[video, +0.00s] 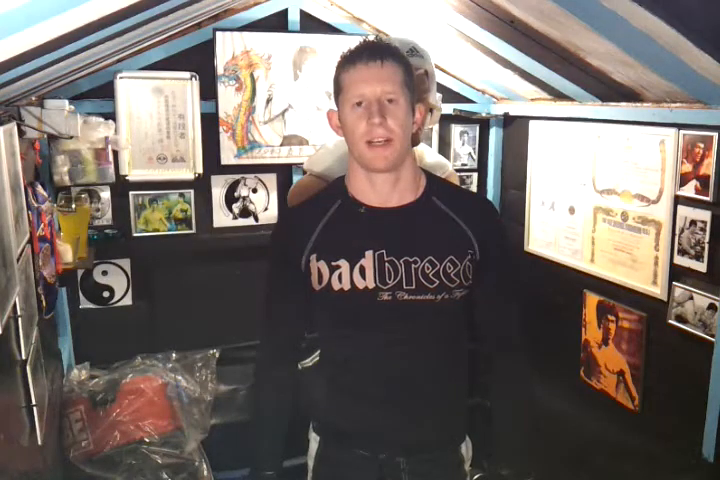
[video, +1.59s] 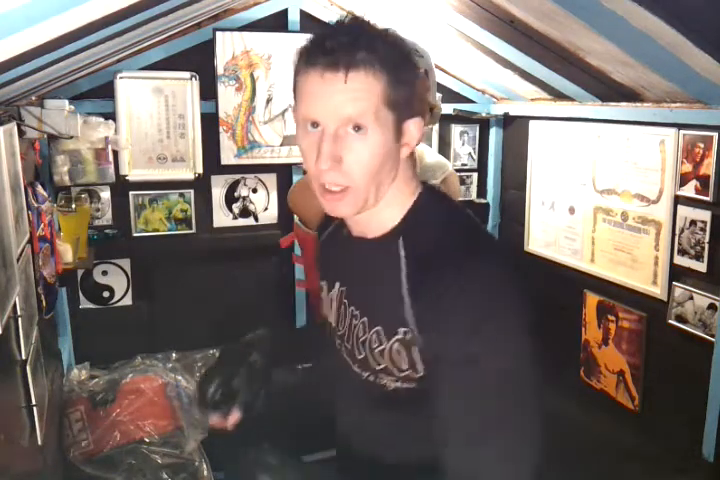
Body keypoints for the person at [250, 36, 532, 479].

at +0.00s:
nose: (376, 118)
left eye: (390, 102)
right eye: (360, 104)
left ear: (417, 117)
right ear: (337, 123)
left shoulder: (476, 222)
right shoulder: (301, 226)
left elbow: (502, 355)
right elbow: (278, 359)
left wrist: (499, 467)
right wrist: (273, 467)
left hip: (440, 459)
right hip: (342, 458)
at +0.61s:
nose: (383, 123)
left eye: (397, 105)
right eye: (365, 108)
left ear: (421, 119)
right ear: (339, 124)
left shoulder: (474, 223)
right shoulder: (299, 226)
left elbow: (510, 350)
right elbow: (266, 350)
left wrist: (473, 457)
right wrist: (288, 455)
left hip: (443, 454)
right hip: (338, 454)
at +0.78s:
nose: (372, 135)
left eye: (386, 114)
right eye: (353, 118)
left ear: (414, 120)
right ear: (330, 129)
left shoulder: (468, 224)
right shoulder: (293, 229)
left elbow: (501, 348)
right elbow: (257, 346)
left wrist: (452, 402)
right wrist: (319, 405)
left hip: (435, 458)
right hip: (334, 457)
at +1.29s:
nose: (321, 148)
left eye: (339, 123)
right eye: (303, 128)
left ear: (376, 127)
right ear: (284, 138)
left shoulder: (464, 237)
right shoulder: (280, 243)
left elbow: (520, 361)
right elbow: (262, 356)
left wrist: (445, 432)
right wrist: (280, 409)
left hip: (440, 466)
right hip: (325, 464)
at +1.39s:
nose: (323, 160)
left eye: (342, 133)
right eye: (304, 136)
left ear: (382, 135)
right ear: (285, 143)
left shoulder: (463, 251)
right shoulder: (298, 236)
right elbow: (270, 344)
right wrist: (254, 412)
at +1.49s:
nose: (326, 166)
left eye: (351, 137)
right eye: (309, 137)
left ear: (395, 143)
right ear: (291, 140)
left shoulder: (467, 270)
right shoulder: (313, 246)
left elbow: (520, 440)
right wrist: (248, 420)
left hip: (440, 465)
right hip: (340, 463)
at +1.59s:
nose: (325, 160)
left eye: (356, 127)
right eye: (313, 126)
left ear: (409, 137)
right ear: (296, 129)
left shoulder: (468, 268)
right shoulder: (337, 240)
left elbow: (496, 458)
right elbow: (350, 377)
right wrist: (261, 393)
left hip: (435, 469)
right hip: (354, 464)